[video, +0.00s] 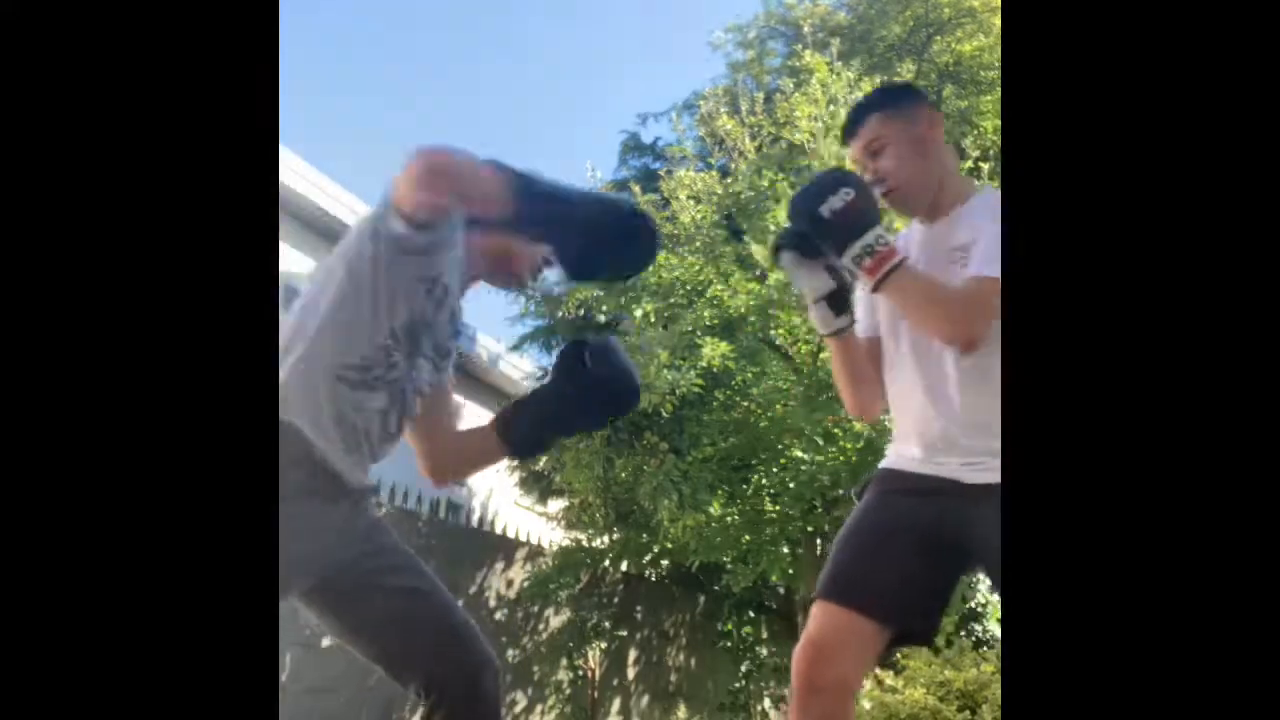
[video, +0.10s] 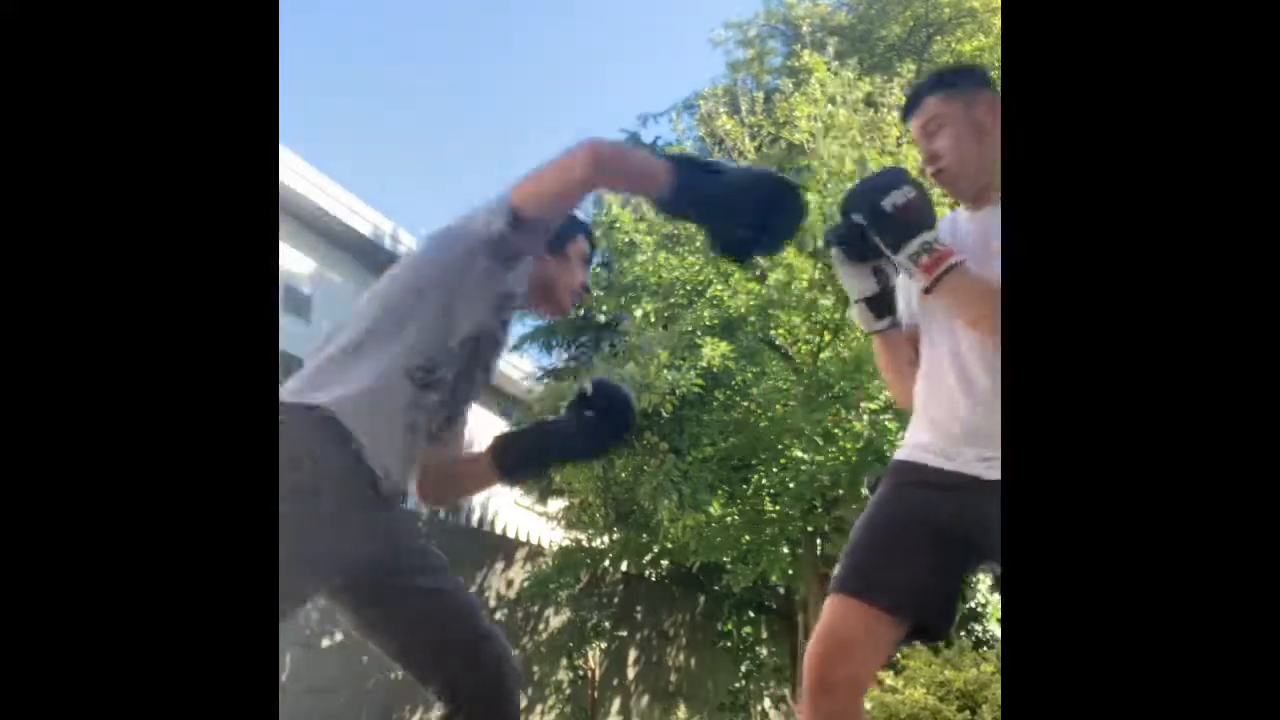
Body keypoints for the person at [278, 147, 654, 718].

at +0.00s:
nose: (543, 271)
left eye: (552, 263)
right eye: (545, 250)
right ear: (512, 216)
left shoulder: (439, 325)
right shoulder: (420, 237)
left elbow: (443, 460)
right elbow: (431, 172)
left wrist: (551, 411)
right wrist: (564, 212)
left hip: (334, 505)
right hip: (288, 475)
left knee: (467, 674)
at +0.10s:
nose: (584, 289)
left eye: (589, 276)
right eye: (583, 267)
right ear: (550, 244)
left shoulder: (475, 344)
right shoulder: (489, 244)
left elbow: (437, 483)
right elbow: (596, 158)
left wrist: (553, 440)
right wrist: (705, 189)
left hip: (361, 507)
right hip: (306, 455)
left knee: (484, 676)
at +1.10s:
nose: (496, 227)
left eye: (502, 218)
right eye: (485, 209)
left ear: (500, 230)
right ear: (436, 199)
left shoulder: (480, 311)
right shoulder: (351, 274)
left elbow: (490, 432)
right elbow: (335, 370)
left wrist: (551, 375)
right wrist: (423, 290)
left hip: (437, 527)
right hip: (333, 515)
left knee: (517, 682)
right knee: (282, 686)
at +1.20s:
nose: (481, 224)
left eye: (487, 213)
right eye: (471, 204)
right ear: (420, 192)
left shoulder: (466, 304)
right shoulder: (334, 272)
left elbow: (483, 421)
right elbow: (329, 372)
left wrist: (538, 363)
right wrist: (409, 292)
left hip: (428, 518)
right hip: (326, 506)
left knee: (492, 689)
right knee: (281, 681)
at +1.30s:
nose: (468, 223)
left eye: (473, 212)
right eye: (457, 204)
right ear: (406, 194)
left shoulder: (458, 297)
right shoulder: (322, 276)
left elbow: (492, 413)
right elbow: (330, 374)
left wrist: (543, 346)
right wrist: (410, 287)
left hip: (430, 519)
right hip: (326, 511)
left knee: (485, 691)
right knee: (278, 679)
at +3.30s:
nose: (401, 136)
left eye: (407, 124)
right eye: (396, 109)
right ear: (341, 76)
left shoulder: (303, 194)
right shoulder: (280, 156)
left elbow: (402, 333)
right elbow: (326, 254)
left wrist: (516, 271)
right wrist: (444, 192)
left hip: (283, 473)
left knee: (344, 659)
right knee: (343, 660)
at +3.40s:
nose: (343, 102)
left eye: (353, 88)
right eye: (337, 70)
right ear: (287, 41)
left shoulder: (290, 188)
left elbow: (318, 344)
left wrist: (437, 291)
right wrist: (396, 223)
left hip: (282, 463)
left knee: (346, 658)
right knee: (342, 657)